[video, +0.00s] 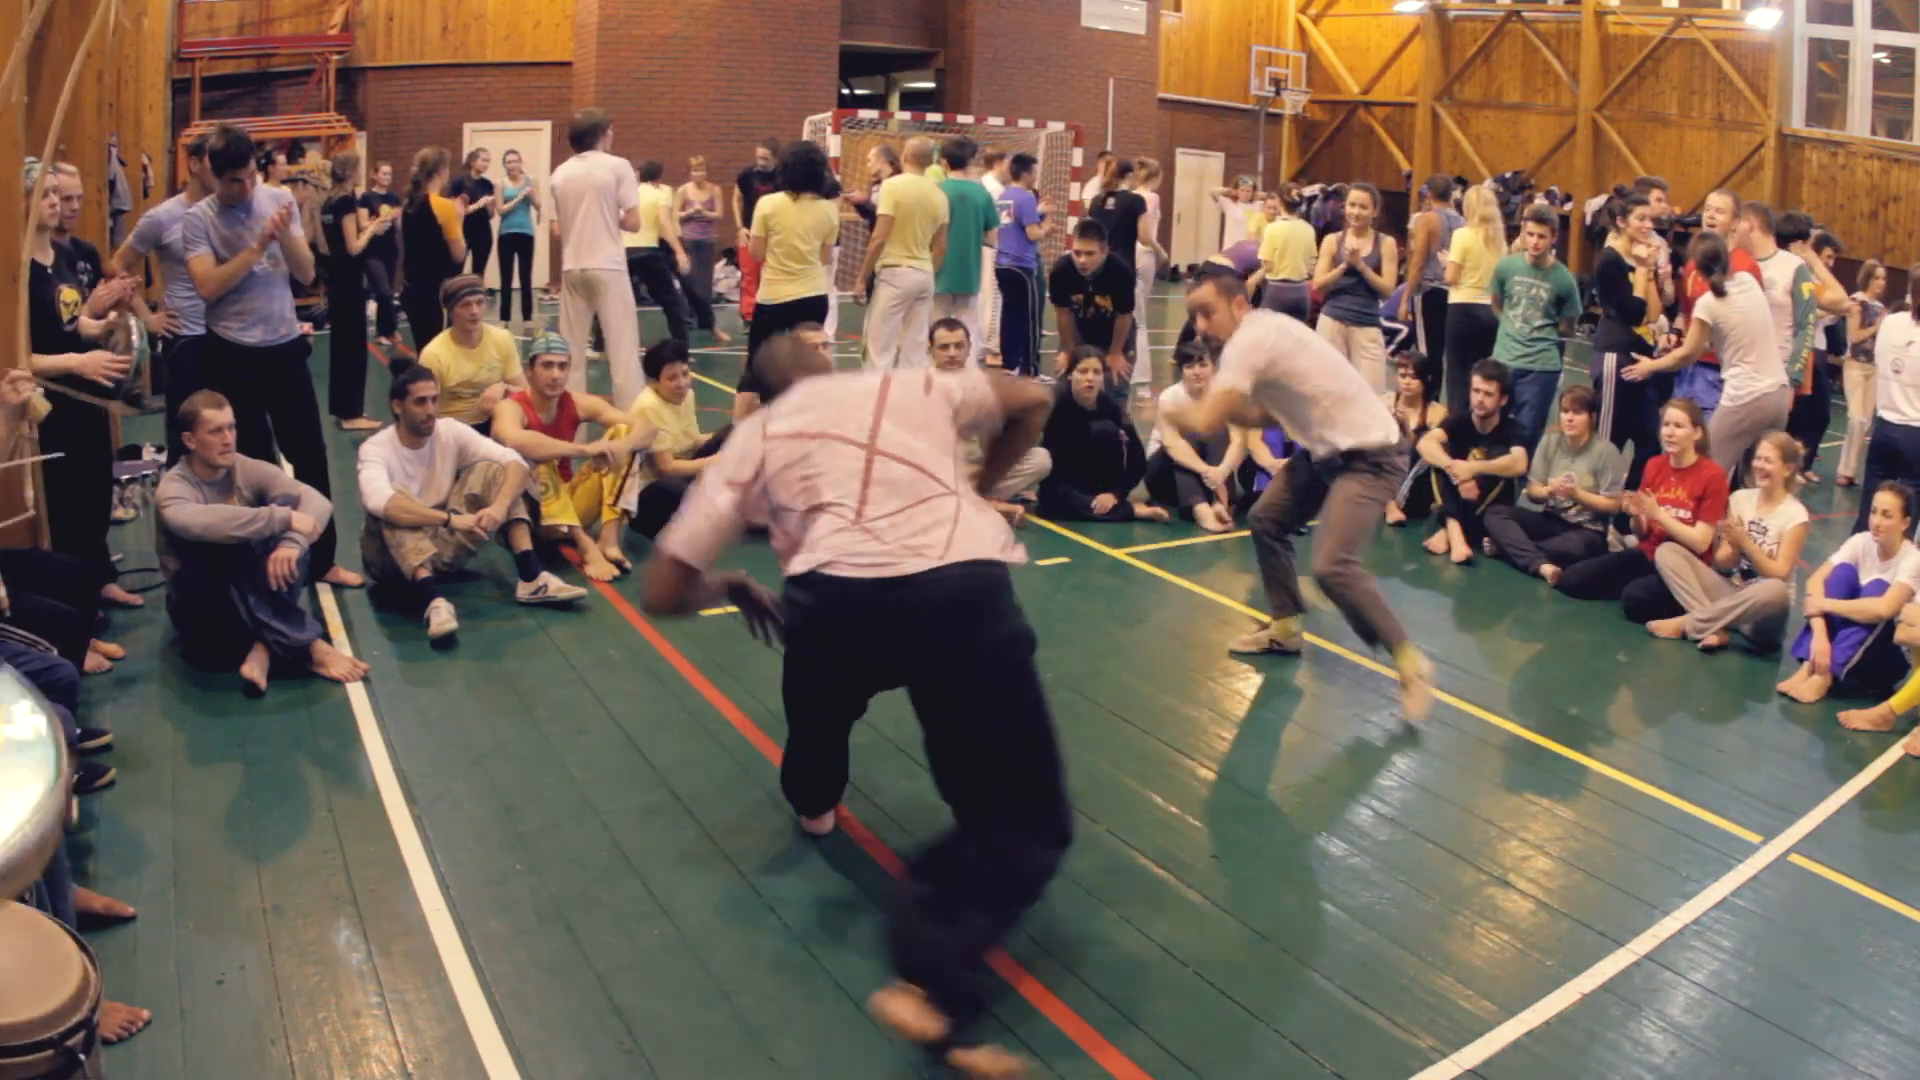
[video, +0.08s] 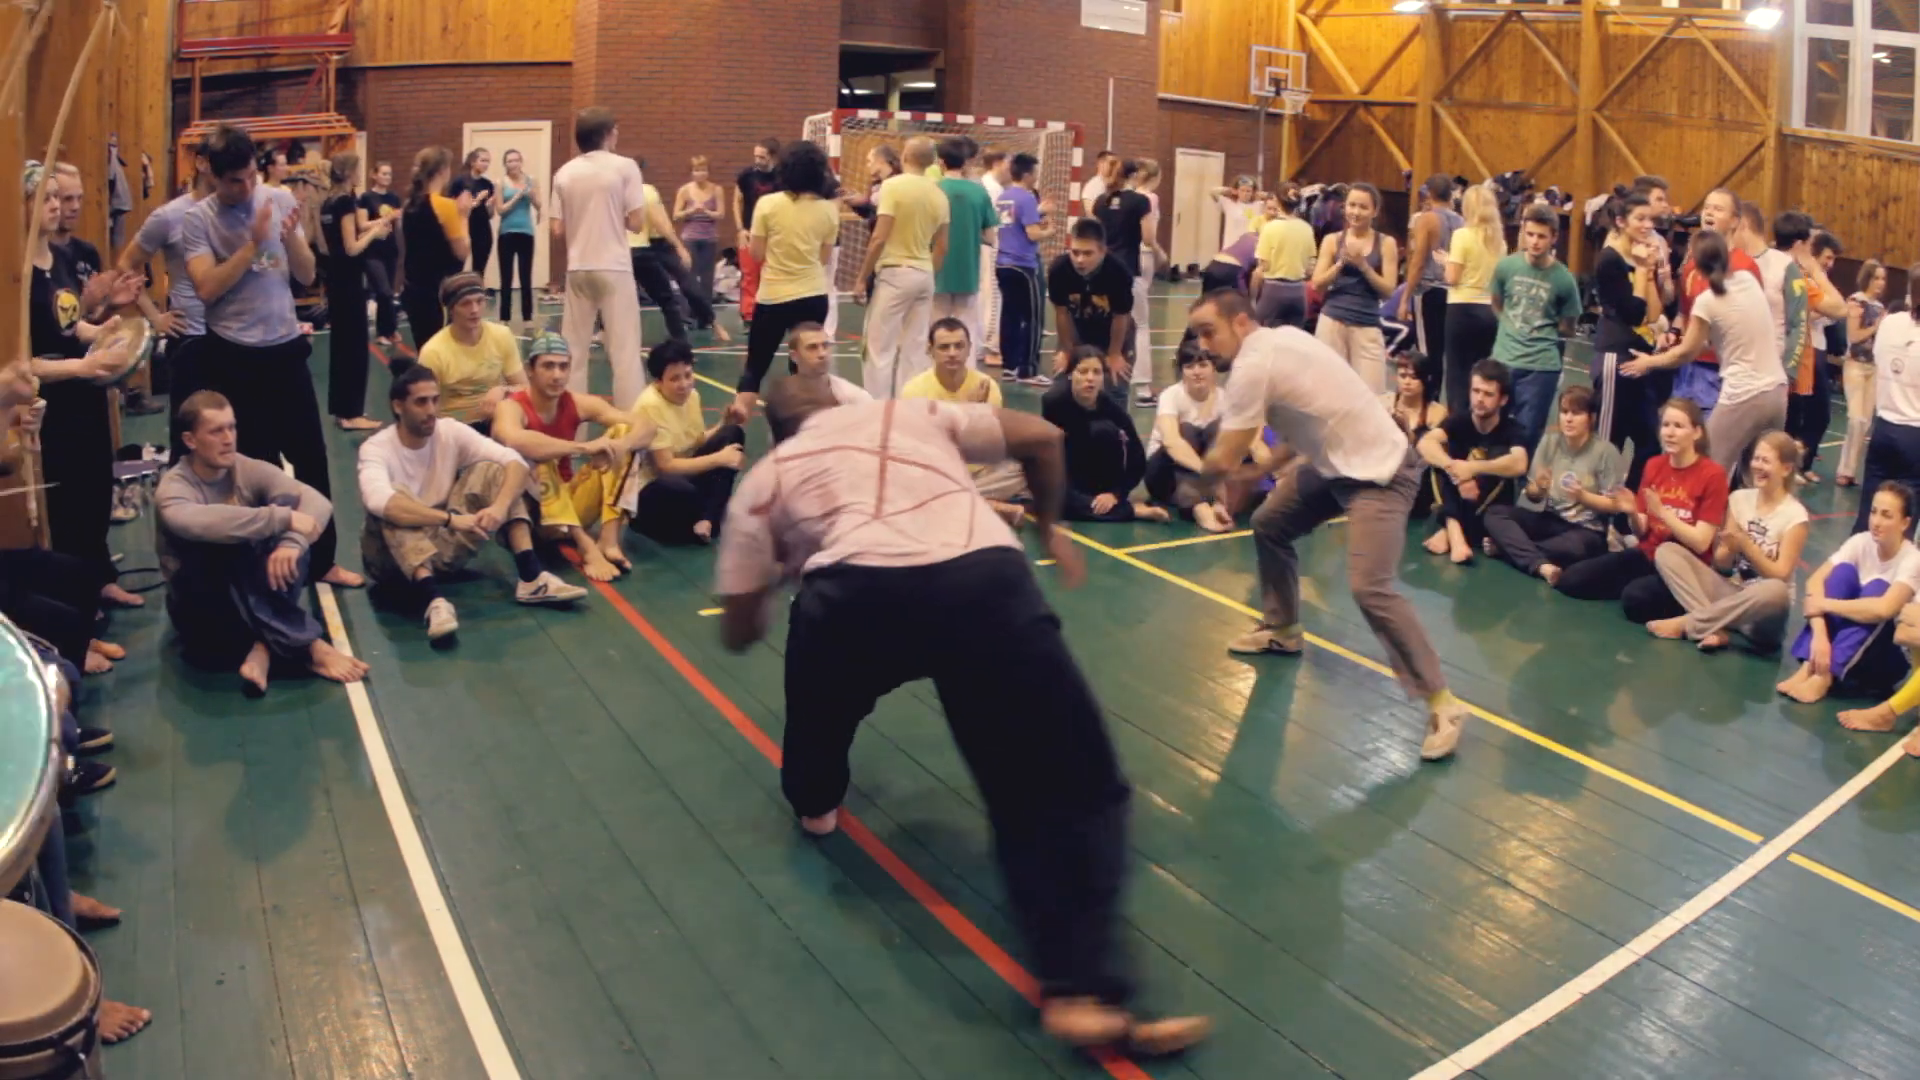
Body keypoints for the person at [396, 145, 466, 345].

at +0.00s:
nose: (449, 173)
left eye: (448, 168)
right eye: (447, 168)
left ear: (421, 170)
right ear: (441, 171)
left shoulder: (408, 206)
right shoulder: (444, 206)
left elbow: (405, 250)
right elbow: (458, 253)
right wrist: (459, 217)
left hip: (412, 286)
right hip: (434, 288)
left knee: (423, 350)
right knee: (434, 349)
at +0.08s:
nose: (450, 173)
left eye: (450, 168)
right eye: (449, 167)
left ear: (422, 170)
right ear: (443, 171)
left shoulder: (409, 207)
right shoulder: (445, 205)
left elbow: (405, 251)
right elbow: (462, 251)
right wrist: (464, 215)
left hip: (413, 287)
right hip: (438, 289)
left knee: (425, 351)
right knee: (439, 350)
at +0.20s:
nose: (451, 172)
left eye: (450, 167)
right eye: (450, 166)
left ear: (423, 170)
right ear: (444, 170)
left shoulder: (411, 206)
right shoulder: (447, 204)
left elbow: (406, 251)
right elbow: (464, 250)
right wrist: (466, 214)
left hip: (415, 285)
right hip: (441, 287)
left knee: (425, 349)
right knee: (441, 349)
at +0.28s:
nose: (452, 172)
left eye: (452, 167)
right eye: (451, 167)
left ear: (425, 170)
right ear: (445, 170)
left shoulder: (411, 207)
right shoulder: (452, 204)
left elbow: (411, 248)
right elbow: (463, 250)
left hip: (417, 284)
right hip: (444, 284)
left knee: (425, 348)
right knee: (441, 345)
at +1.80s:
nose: (478, 168)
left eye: (478, 162)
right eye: (476, 163)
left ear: (448, 166)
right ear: (469, 168)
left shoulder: (432, 201)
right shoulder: (473, 201)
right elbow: (490, 245)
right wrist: (493, 211)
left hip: (437, 282)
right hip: (467, 284)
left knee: (439, 346)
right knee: (465, 346)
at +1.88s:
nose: (480, 167)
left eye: (480, 162)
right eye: (478, 163)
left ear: (450, 166)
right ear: (471, 168)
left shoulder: (433, 201)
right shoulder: (476, 200)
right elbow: (491, 245)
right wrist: (496, 211)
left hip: (438, 283)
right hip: (469, 284)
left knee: (439, 345)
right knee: (467, 344)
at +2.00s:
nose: (481, 167)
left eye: (481, 162)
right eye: (479, 163)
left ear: (451, 166)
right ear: (472, 169)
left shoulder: (436, 201)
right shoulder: (480, 202)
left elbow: (438, 241)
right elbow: (488, 245)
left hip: (441, 279)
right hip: (470, 280)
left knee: (441, 339)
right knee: (469, 338)